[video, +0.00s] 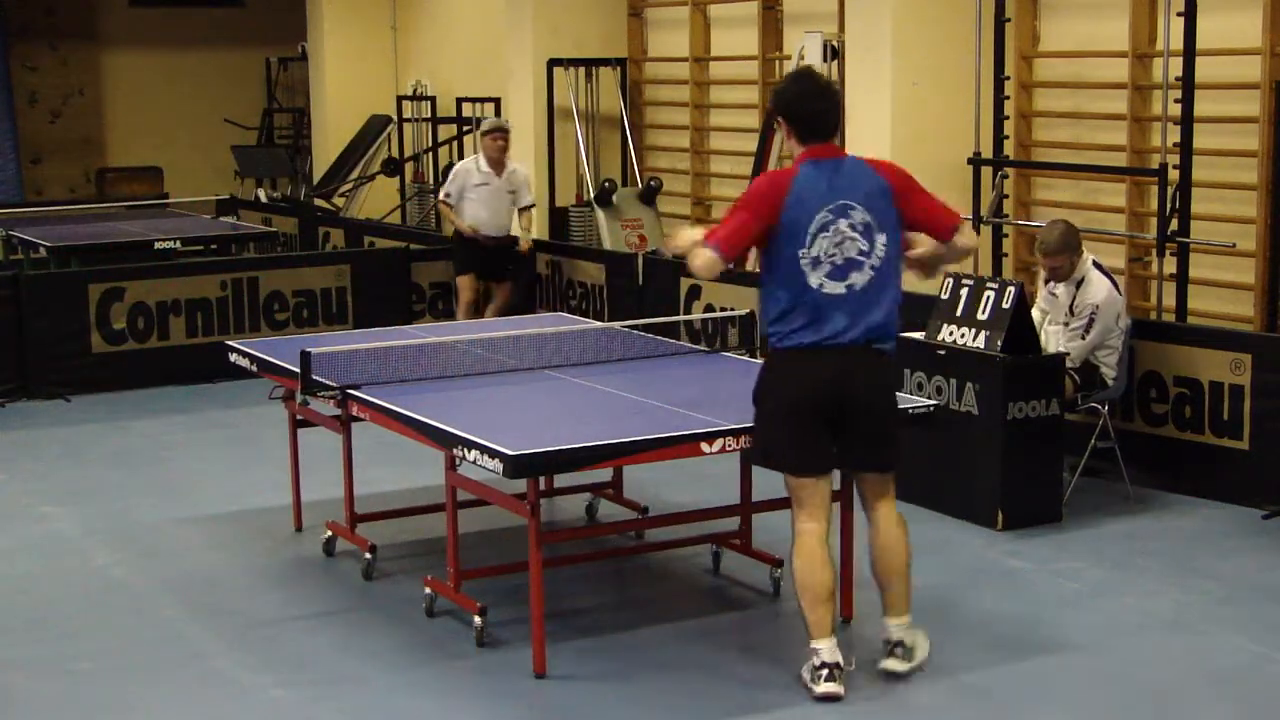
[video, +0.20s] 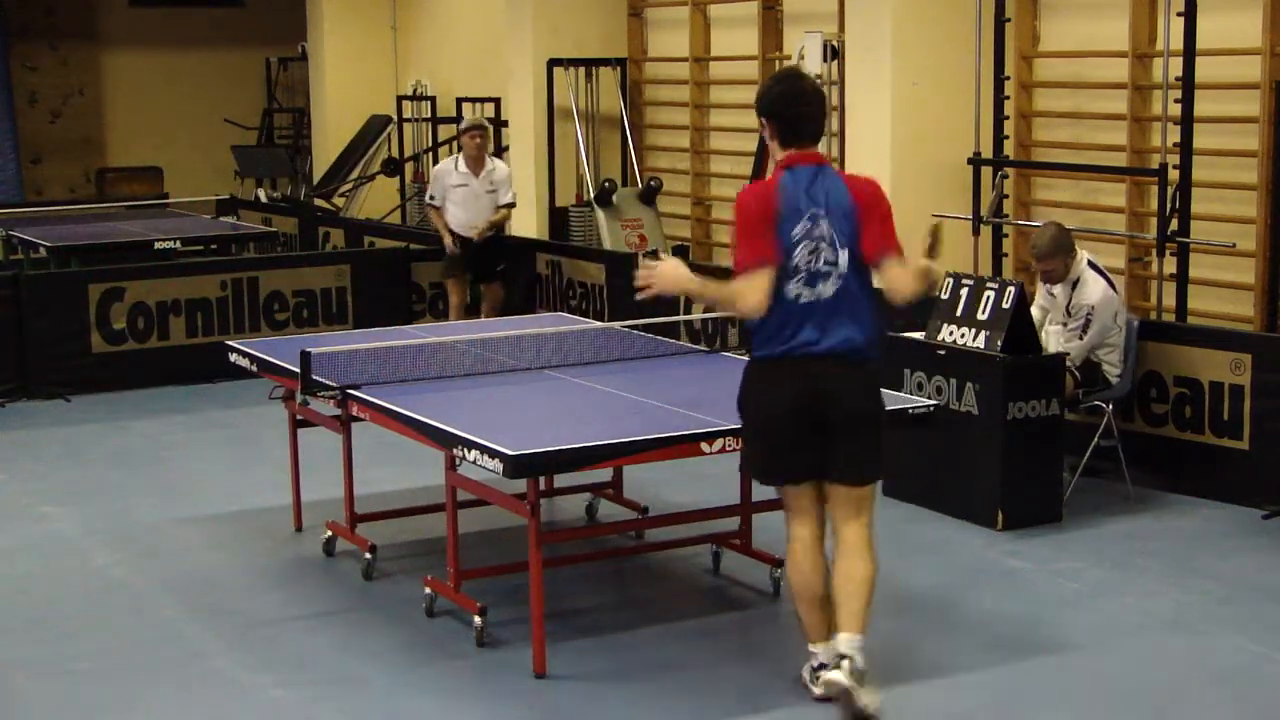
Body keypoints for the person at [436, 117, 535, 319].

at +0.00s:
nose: (500, 144)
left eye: (504, 139)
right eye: (494, 139)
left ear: (508, 143)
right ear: (482, 142)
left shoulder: (517, 174)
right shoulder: (464, 169)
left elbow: (524, 208)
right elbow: (443, 202)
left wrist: (525, 235)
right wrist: (460, 225)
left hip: (501, 242)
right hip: (469, 239)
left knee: (503, 295)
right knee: (468, 296)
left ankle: (483, 336)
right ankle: (464, 342)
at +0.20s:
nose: (478, 142)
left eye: (482, 137)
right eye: (472, 137)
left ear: (487, 140)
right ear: (461, 140)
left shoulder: (500, 169)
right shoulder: (443, 170)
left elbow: (506, 209)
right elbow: (432, 206)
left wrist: (488, 224)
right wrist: (445, 234)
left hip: (489, 242)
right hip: (457, 243)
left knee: (494, 298)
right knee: (457, 301)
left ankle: (487, 346)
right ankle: (455, 346)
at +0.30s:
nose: (471, 138)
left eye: (475, 134)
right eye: (465, 133)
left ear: (482, 138)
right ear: (454, 136)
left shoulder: (493, 166)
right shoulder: (438, 165)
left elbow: (501, 205)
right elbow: (426, 202)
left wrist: (485, 223)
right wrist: (443, 224)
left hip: (485, 238)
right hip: (453, 239)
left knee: (494, 295)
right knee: (456, 299)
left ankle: (487, 344)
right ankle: (456, 348)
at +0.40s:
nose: (463, 135)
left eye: (468, 130)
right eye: (458, 131)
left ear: (475, 134)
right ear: (448, 134)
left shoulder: (488, 165)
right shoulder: (431, 163)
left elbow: (499, 202)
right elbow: (419, 200)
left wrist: (491, 227)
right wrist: (434, 200)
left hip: (482, 237)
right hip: (447, 239)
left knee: (492, 301)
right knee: (455, 302)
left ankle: (489, 347)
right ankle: (456, 347)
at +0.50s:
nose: (459, 134)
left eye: (464, 129)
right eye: (454, 130)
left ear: (470, 134)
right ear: (444, 134)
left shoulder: (484, 164)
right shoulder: (427, 162)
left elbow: (499, 204)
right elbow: (417, 202)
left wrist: (500, 236)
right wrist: (434, 179)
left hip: (479, 239)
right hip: (445, 241)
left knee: (487, 303)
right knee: (453, 305)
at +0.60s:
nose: (456, 135)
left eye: (461, 131)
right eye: (450, 131)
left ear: (468, 136)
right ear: (440, 137)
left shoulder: (481, 167)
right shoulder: (425, 165)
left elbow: (500, 206)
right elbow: (414, 204)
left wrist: (509, 244)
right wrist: (429, 183)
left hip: (476, 241)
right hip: (441, 243)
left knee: (480, 302)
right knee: (452, 307)